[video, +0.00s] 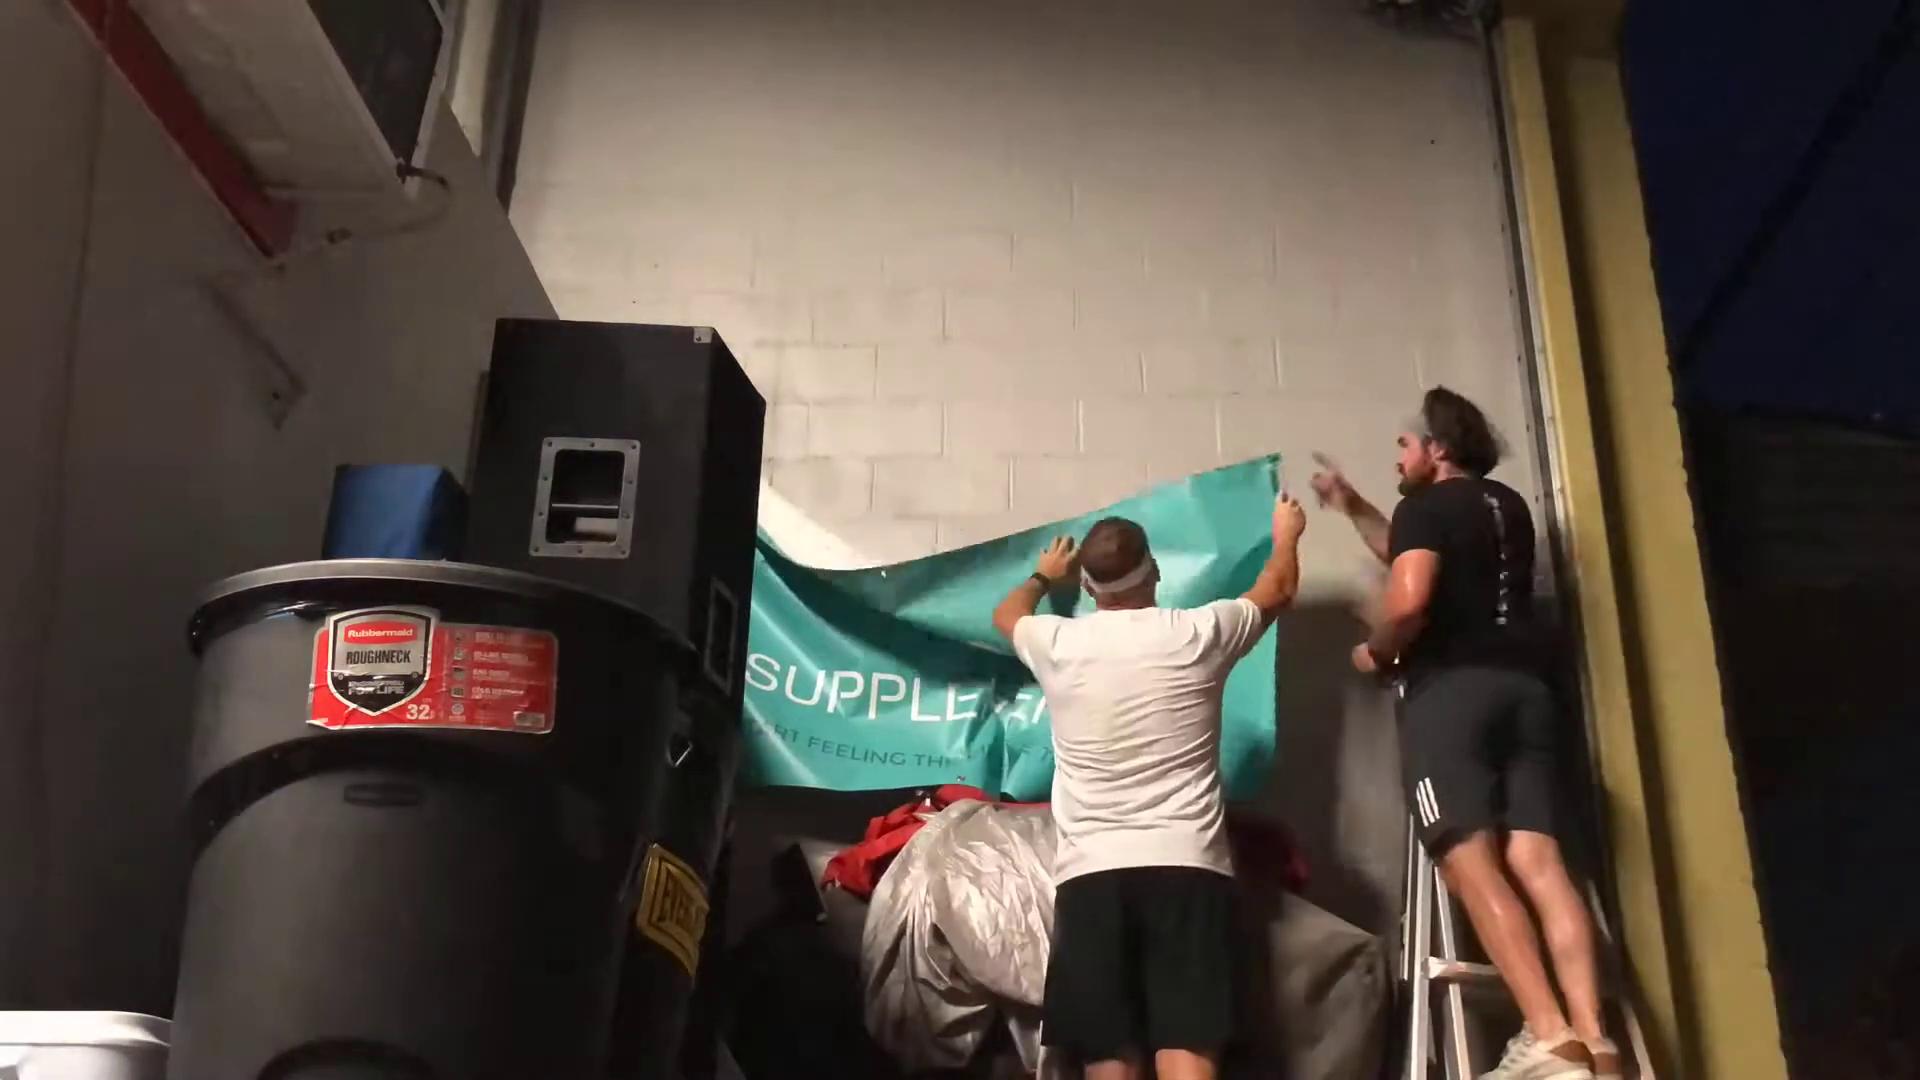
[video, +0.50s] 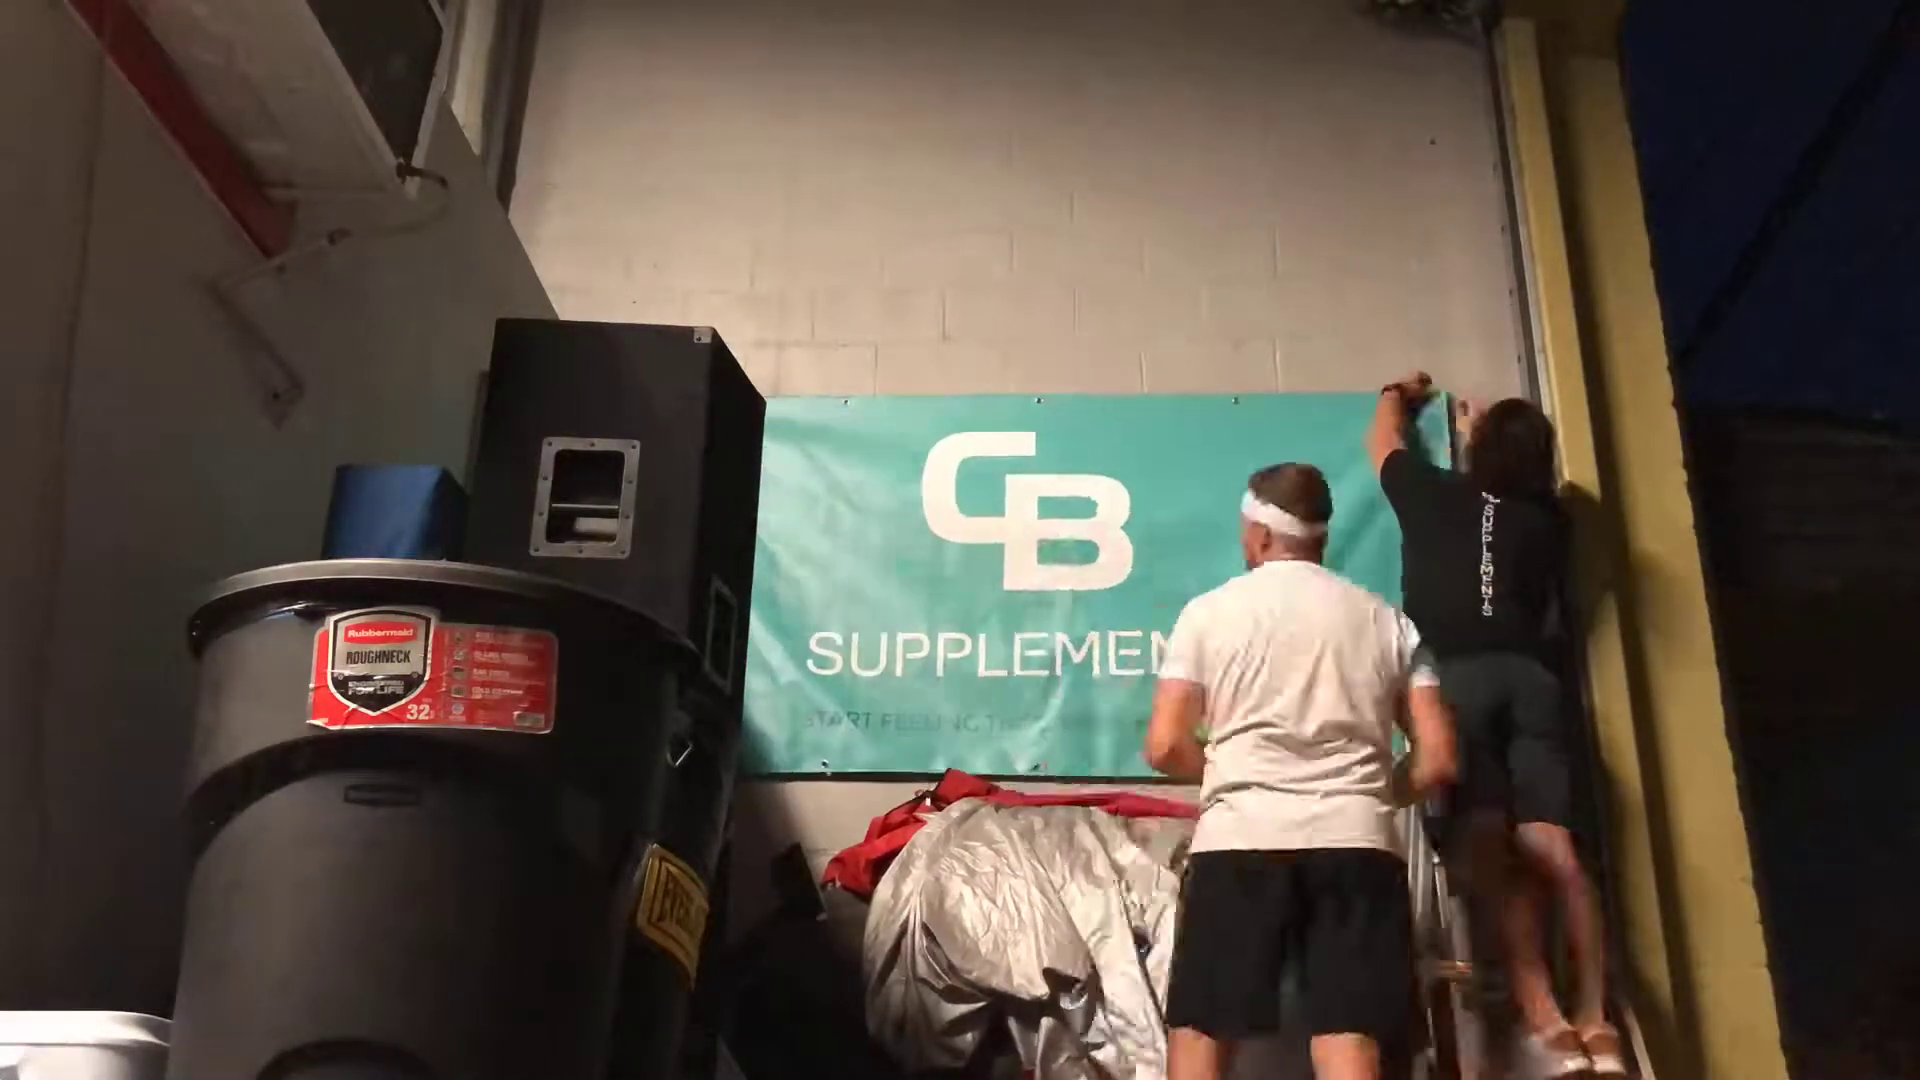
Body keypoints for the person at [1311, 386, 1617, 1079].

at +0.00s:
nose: (1397, 455)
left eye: (1404, 444)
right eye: (1399, 444)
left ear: (1434, 452)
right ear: (1462, 454)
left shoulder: (1426, 507)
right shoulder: (1509, 506)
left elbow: (1408, 603)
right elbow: (1414, 560)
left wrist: (1377, 651)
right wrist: (1354, 507)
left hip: (1451, 689)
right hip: (1525, 685)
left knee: (1475, 872)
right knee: (1540, 861)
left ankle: (1550, 1033)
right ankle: (1593, 1034)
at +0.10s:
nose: (1417, 454)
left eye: (1418, 444)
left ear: (1425, 449)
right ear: (1495, 446)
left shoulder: (1424, 507)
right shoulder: (1525, 505)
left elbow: (1394, 606)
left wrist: (1375, 630)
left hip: (1452, 687)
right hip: (1528, 682)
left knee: (1481, 876)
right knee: (1544, 864)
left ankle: (1548, 1032)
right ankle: (1591, 1032)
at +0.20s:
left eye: (1408, 437)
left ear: (1409, 448)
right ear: (1480, 443)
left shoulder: (1402, 514)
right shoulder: (1525, 506)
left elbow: (1368, 615)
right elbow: (1532, 579)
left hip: (1447, 691)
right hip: (1527, 686)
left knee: (1480, 873)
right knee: (1544, 862)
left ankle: (1548, 1032)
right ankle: (1593, 1032)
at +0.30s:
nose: (1402, 459)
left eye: (1404, 447)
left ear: (1411, 453)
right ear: (1482, 451)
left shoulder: (1399, 512)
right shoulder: (1517, 508)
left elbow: (1330, 592)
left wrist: (1316, 638)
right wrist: (1474, 451)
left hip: (1446, 687)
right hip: (1527, 681)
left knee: (1472, 867)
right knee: (1540, 859)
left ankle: (1548, 1031)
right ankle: (1596, 1038)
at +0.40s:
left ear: (1423, 449)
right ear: (1492, 449)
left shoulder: (1394, 493)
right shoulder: (1522, 500)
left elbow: (1373, 455)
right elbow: (1506, 474)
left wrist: (1402, 411)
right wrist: (1470, 439)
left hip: (1438, 678)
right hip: (1521, 673)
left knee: (1476, 859)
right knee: (1538, 849)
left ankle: (1544, 1027)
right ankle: (1590, 1026)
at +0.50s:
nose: (1478, 439)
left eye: (1480, 436)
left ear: (1477, 455)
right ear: (1540, 466)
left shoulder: (1430, 497)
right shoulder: (1548, 520)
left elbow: (1384, 444)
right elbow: (1515, 483)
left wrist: (1399, 396)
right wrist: (1478, 442)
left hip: (1458, 678)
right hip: (1535, 677)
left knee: (1493, 858)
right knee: (1556, 845)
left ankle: (1543, 1024)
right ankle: (1596, 1021)